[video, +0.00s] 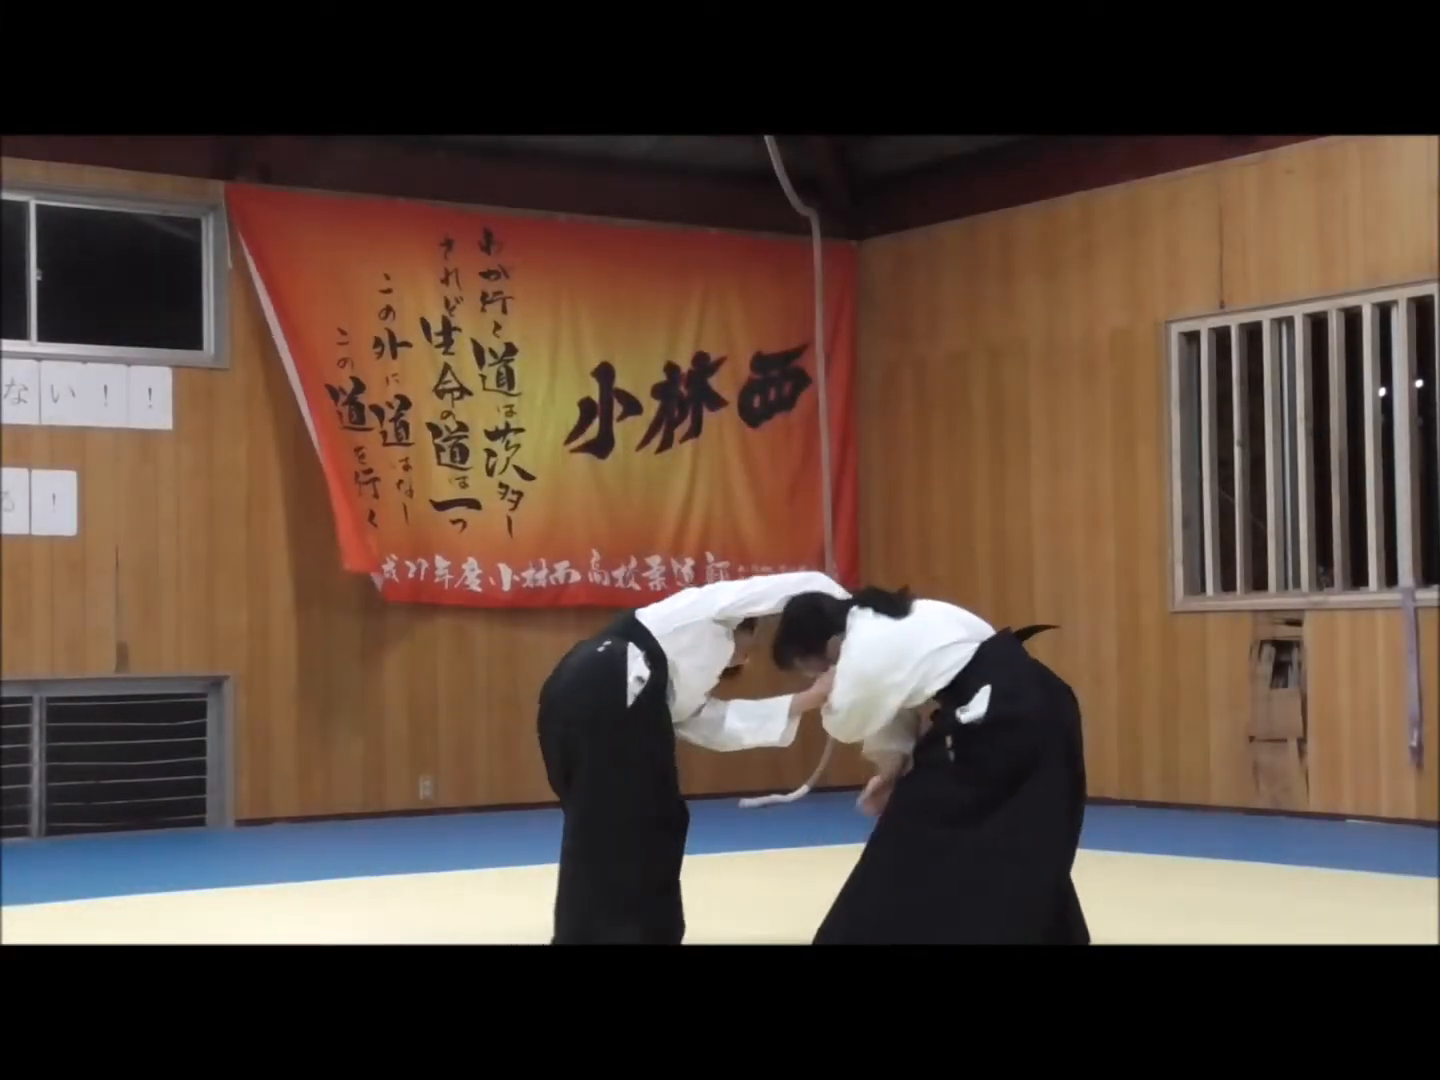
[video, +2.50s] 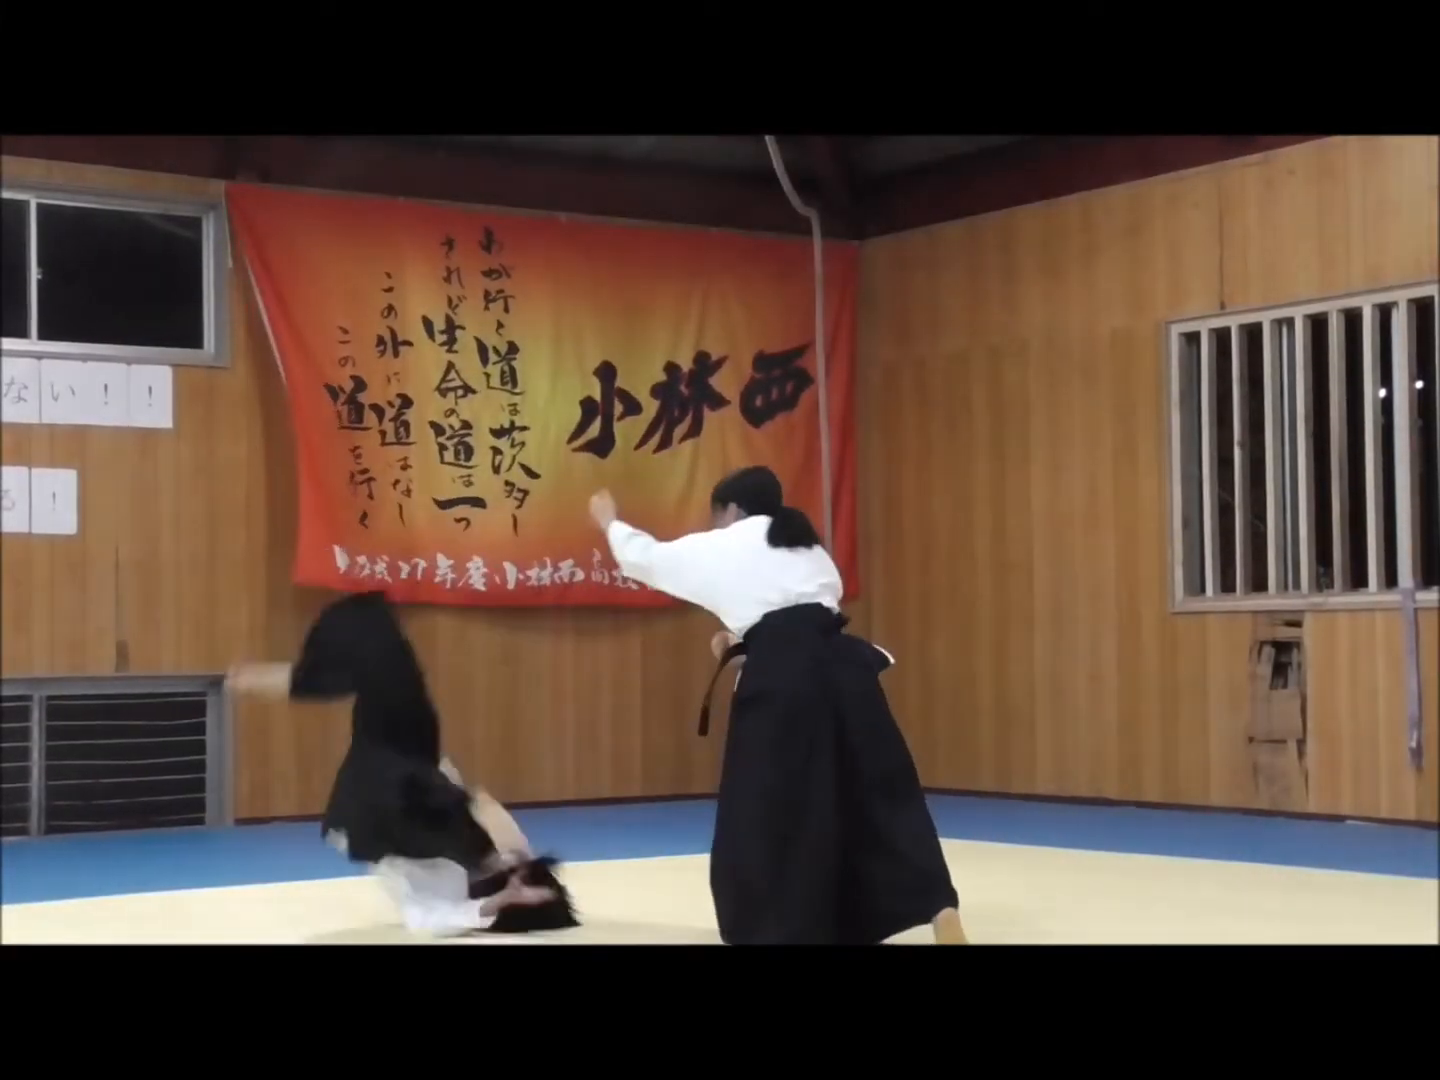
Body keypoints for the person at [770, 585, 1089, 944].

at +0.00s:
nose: (817, 676)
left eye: (813, 667)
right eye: (810, 672)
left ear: (831, 645)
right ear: (836, 621)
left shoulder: (862, 652)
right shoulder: (886, 615)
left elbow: (842, 727)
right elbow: (911, 716)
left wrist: (831, 685)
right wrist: (891, 773)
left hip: (996, 719)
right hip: (1047, 703)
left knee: (908, 836)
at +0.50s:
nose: (828, 532)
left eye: (828, 519)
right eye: (824, 520)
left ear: (855, 513)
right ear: (877, 504)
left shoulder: (872, 552)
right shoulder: (922, 533)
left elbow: (830, 627)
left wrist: (795, 620)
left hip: (963, 683)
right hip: (1015, 670)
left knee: (912, 818)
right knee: (1010, 820)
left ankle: (905, 931)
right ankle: (1007, 931)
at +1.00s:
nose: (846, 467)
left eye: (850, 457)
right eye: (845, 457)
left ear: (875, 458)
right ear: (902, 456)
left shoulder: (871, 507)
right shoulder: (924, 502)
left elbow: (797, 542)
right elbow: (823, 542)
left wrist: (777, 488)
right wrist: (776, 510)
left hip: (901, 664)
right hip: (954, 659)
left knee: (882, 802)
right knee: (949, 807)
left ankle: (880, 928)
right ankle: (944, 929)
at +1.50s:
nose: (751, 527)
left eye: (754, 518)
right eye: (752, 519)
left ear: (769, 518)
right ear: (807, 515)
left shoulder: (748, 561)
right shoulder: (835, 554)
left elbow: (680, 563)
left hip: (799, 690)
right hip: (868, 683)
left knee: (786, 821)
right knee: (898, 812)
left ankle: (772, 931)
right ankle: (929, 928)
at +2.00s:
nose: (678, 631)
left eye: (677, 621)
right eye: (677, 623)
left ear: (689, 609)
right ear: (728, 595)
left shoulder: (695, 640)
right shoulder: (772, 606)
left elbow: (683, 751)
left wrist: (686, 832)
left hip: (777, 697)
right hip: (847, 680)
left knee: (770, 826)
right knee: (892, 798)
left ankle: (764, 928)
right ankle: (945, 923)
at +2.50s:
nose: (713, 522)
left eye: (716, 512)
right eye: (715, 512)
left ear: (733, 510)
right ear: (771, 505)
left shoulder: (719, 548)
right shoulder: (808, 543)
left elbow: (644, 556)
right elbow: (820, 605)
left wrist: (609, 522)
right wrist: (743, 636)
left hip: (780, 678)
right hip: (845, 669)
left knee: (766, 802)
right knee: (889, 786)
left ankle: (767, 927)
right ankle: (942, 904)